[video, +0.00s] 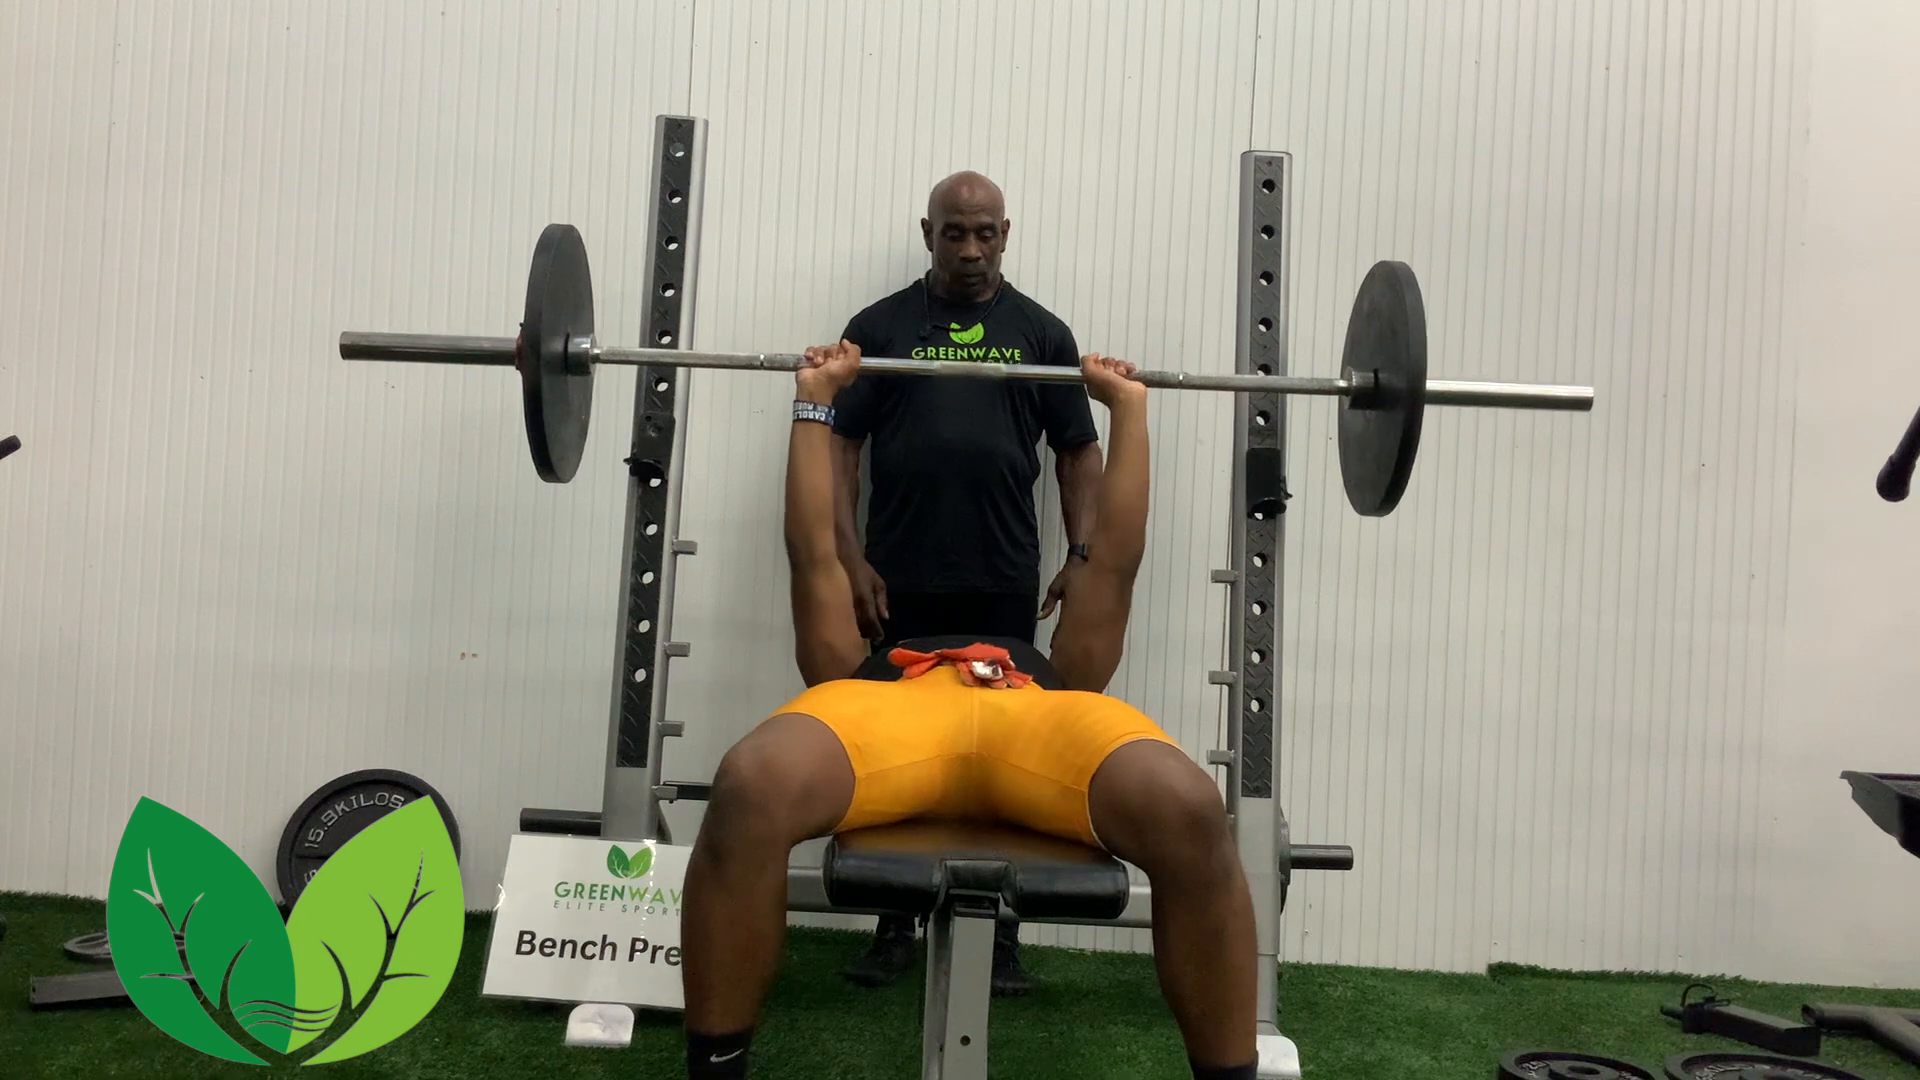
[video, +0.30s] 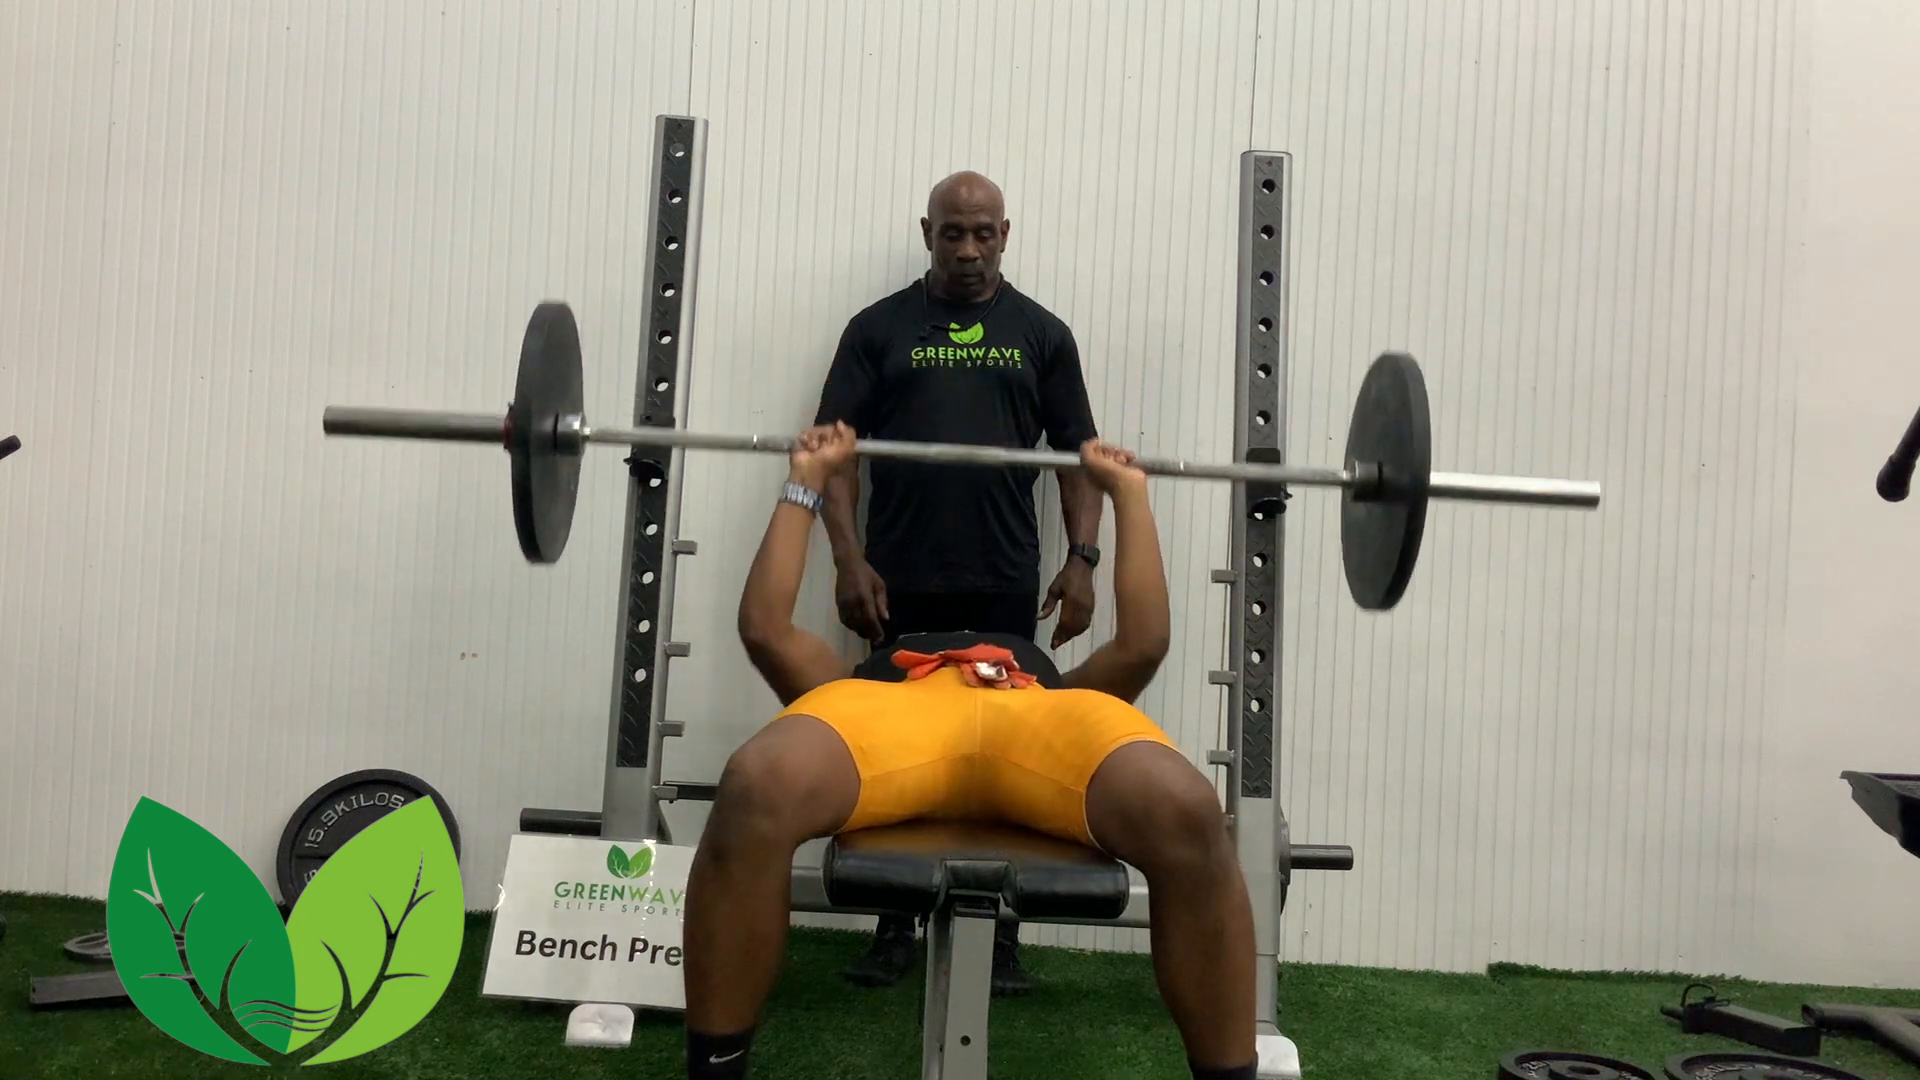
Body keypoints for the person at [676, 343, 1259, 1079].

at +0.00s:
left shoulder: (1062, 683)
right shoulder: (855, 676)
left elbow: (1111, 559)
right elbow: (815, 550)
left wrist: (1128, 404)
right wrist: (813, 405)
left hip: (1044, 707)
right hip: (886, 695)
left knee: (1193, 813)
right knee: (748, 788)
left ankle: (1230, 1070)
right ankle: (715, 1065)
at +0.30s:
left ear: (1029, 676)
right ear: (901, 660)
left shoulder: (1056, 686)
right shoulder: (861, 680)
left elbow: (1142, 639)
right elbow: (766, 626)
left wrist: (1131, 493)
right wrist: (803, 487)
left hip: (1044, 711)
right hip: (883, 706)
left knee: (1190, 815)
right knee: (755, 785)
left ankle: (1232, 1071)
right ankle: (715, 1065)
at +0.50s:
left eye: (995, 666)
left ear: (1011, 678)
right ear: (896, 660)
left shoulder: (1041, 692)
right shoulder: (873, 684)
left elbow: (1144, 732)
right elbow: (758, 732)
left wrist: (1130, 590)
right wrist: (798, 589)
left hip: (1035, 713)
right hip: (882, 702)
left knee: (1188, 817)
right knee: (752, 788)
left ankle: (1230, 1072)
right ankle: (713, 1065)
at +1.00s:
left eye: (995, 649)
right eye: (934, 649)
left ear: (1017, 660)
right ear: (911, 653)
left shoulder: (1055, 687)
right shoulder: (871, 683)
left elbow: (1149, 683)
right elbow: (763, 670)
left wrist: (1130, 531)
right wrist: (794, 526)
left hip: (1048, 710)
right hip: (893, 703)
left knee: (1197, 815)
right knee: (756, 794)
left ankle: (1231, 1074)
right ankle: (716, 1070)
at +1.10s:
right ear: (893, 653)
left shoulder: (1060, 687)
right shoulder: (858, 680)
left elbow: (1135, 617)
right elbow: (773, 602)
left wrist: (1131, 462)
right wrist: (794, 456)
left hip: (1039, 709)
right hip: (884, 700)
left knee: (1195, 812)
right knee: (761, 791)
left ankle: (1231, 1073)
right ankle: (717, 1065)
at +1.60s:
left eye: (996, 661)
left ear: (1013, 670)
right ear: (909, 655)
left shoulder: (1045, 684)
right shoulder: (874, 678)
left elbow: (1149, 705)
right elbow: (755, 699)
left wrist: (1125, 553)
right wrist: (791, 555)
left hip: (1038, 707)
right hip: (891, 697)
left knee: (1185, 819)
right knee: (758, 791)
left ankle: (1227, 1070)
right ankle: (714, 1065)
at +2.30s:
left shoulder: (1061, 687)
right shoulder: (854, 684)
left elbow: (1130, 587)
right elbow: (764, 585)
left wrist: (1109, 432)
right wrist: (782, 435)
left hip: (1039, 706)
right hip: (891, 697)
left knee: (1186, 814)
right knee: (759, 790)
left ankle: (1227, 1070)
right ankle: (720, 1064)